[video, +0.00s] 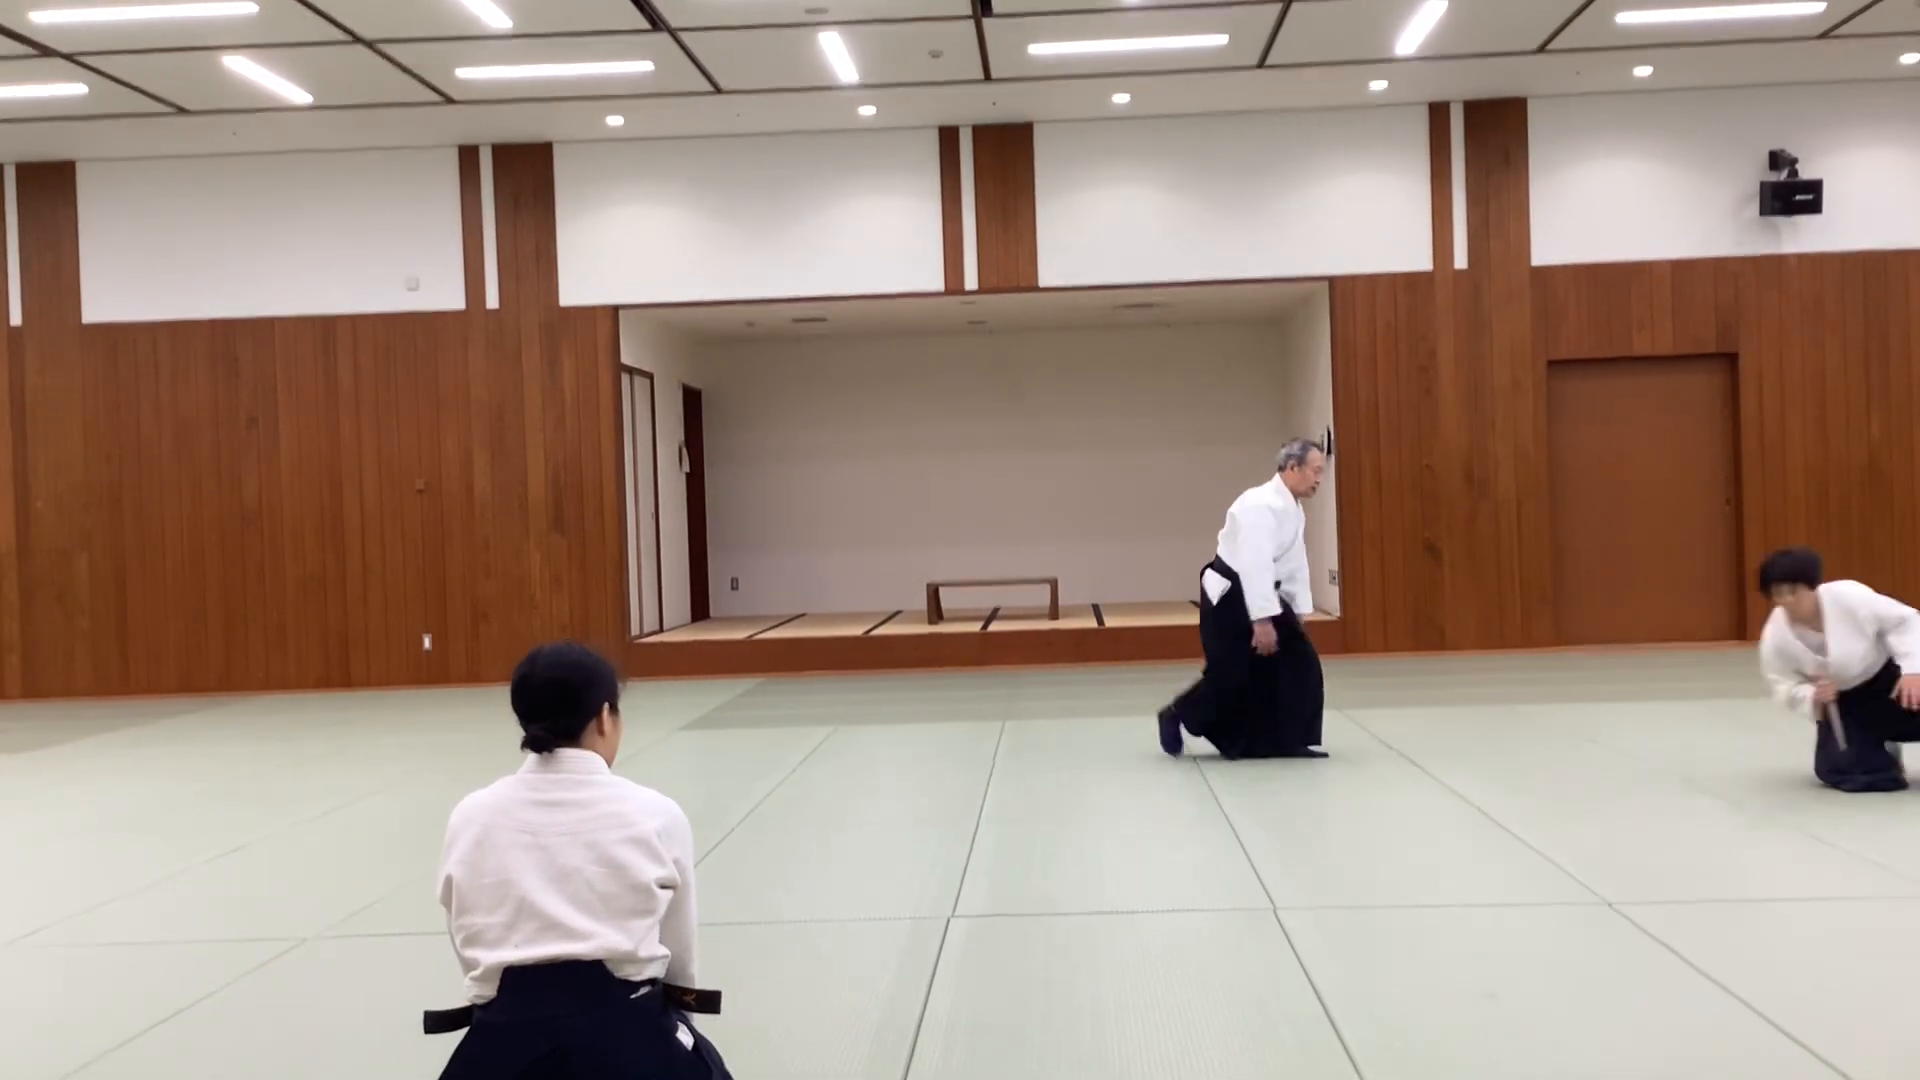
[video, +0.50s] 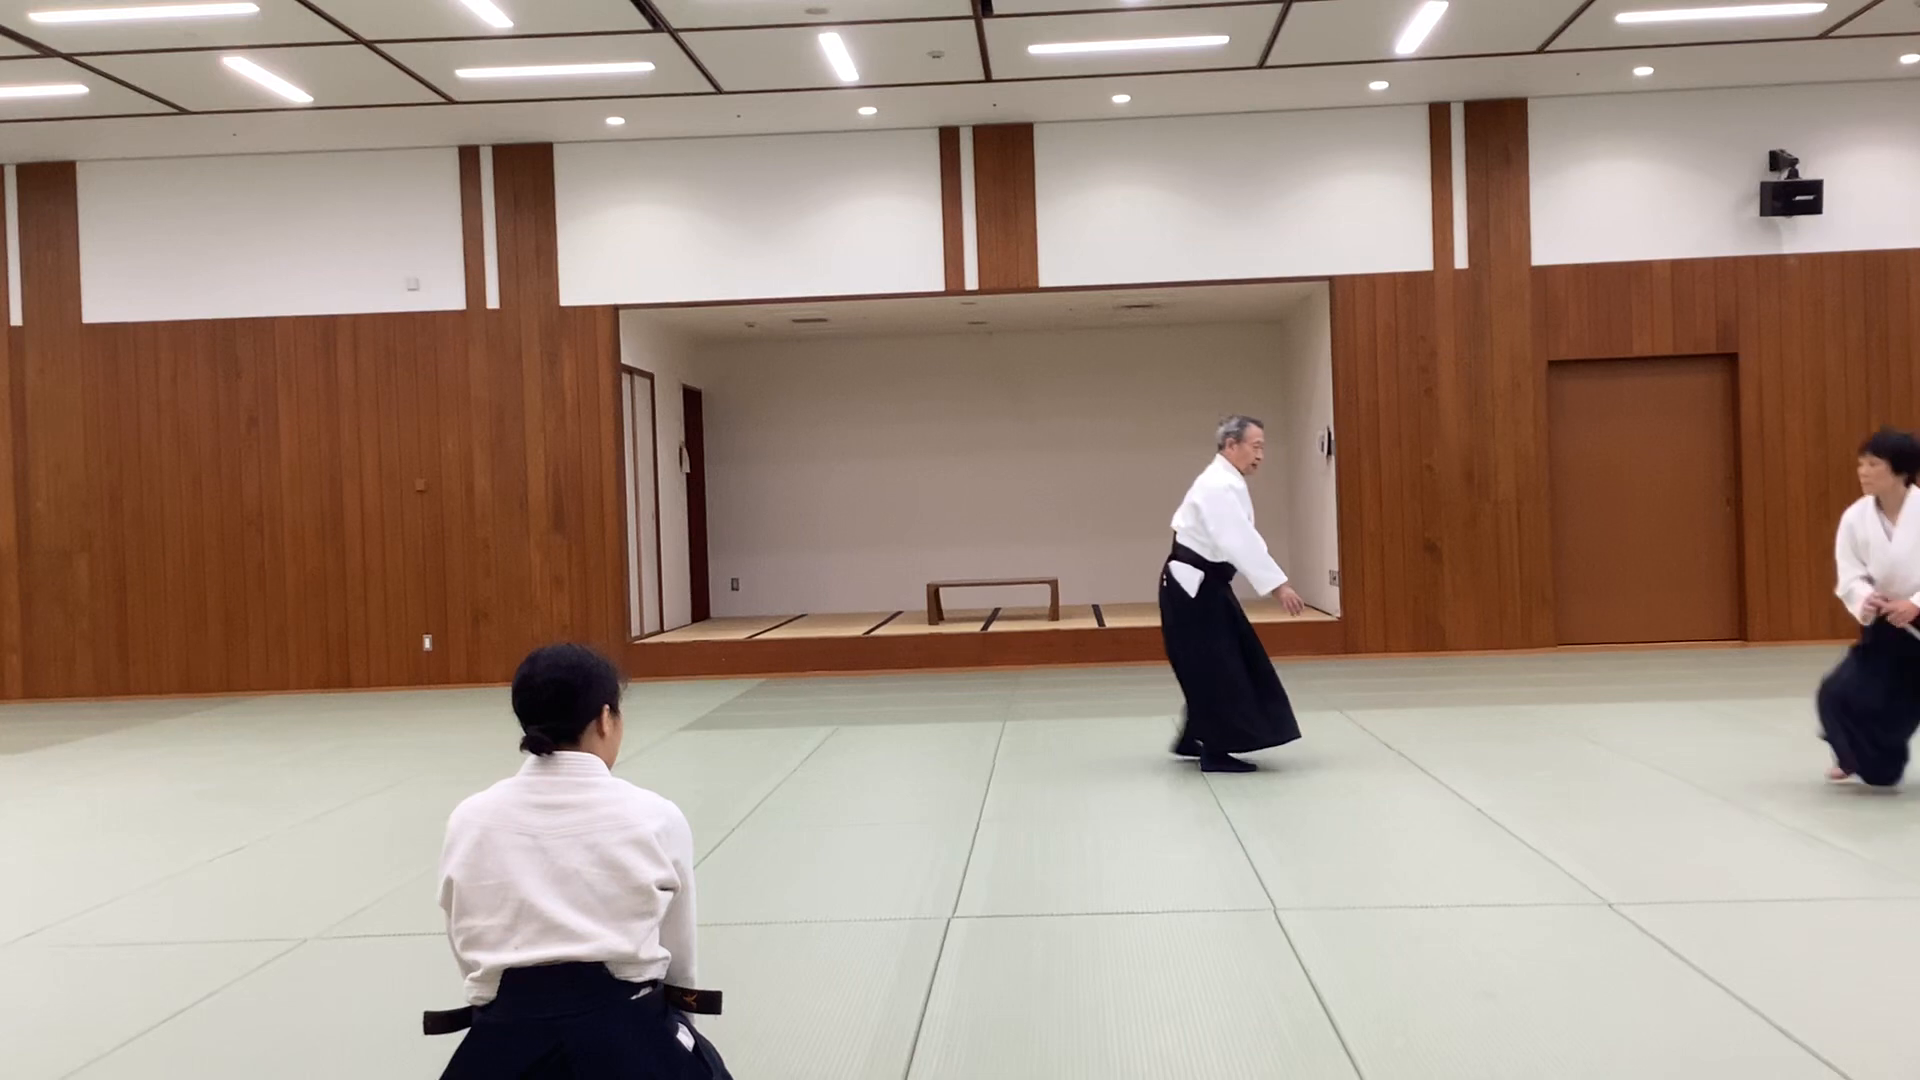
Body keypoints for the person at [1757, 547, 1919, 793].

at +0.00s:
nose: (1786, 601)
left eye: (1793, 591)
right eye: (1778, 594)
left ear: (1812, 586)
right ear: (1772, 597)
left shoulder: (1847, 597)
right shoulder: (1775, 637)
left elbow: (1906, 620)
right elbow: (1780, 687)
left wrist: (1911, 670)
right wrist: (1811, 695)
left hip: (1886, 681)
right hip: (1840, 702)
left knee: (1912, 724)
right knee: (1834, 770)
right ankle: (1888, 760)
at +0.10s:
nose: (1820, 570)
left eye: (1827, 560)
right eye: (1816, 561)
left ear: (1845, 559)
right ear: (1811, 564)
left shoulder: (1894, 582)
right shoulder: (1811, 608)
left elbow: (1919, 620)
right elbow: (1819, 667)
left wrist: (1913, 665)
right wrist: (1849, 670)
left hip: (1905, 688)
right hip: (1858, 696)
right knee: (1843, 772)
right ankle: (1894, 754)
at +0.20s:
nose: (1858, 537)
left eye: (1867, 528)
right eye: (1854, 528)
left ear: (1893, 531)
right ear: (1849, 531)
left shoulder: (1915, 561)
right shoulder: (1846, 576)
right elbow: (1841, 638)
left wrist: (1915, 650)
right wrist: (1873, 645)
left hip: (1916, 673)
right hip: (1878, 676)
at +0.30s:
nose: (1877, 508)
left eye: (1887, 500)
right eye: (1874, 500)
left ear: (1913, 506)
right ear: (1870, 504)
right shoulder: (1865, 552)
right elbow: (1855, 614)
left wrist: (1916, 629)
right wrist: (1885, 626)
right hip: (1894, 660)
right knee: (1894, 764)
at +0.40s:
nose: (1879, 488)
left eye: (1889, 480)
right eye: (1876, 480)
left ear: (1913, 485)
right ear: (1872, 484)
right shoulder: (1867, 533)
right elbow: (1858, 596)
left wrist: (1917, 613)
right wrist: (1883, 609)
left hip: (1919, 640)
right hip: (1894, 643)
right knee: (1875, 719)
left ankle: (1907, 773)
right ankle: (1899, 775)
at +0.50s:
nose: (1862, 471)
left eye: (1872, 464)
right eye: (1860, 463)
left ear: (1899, 470)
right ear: (1857, 468)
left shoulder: (1919, 510)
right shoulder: (1855, 517)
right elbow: (1848, 576)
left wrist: (1916, 604)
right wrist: (1865, 599)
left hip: (1917, 631)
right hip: (1882, 630)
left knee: (1899, 705)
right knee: (1836, 691)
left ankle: (1879, 763)